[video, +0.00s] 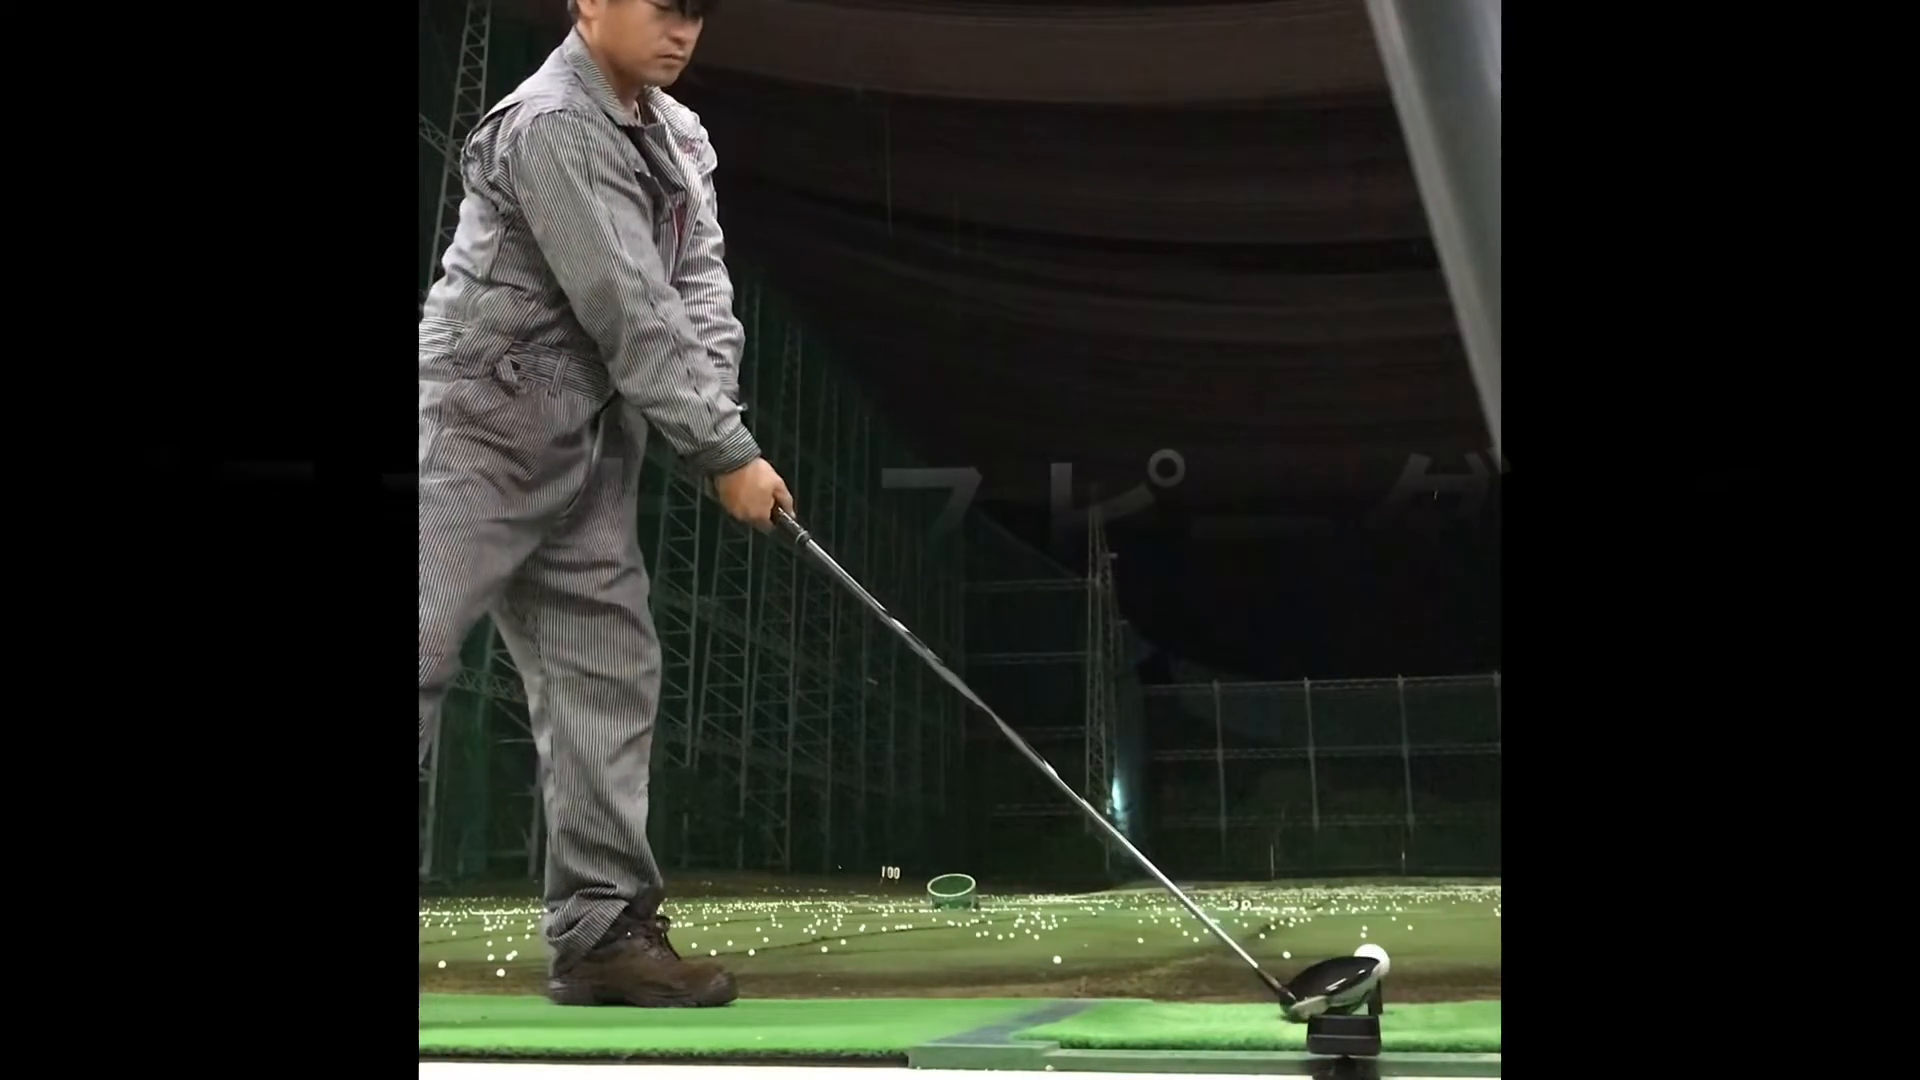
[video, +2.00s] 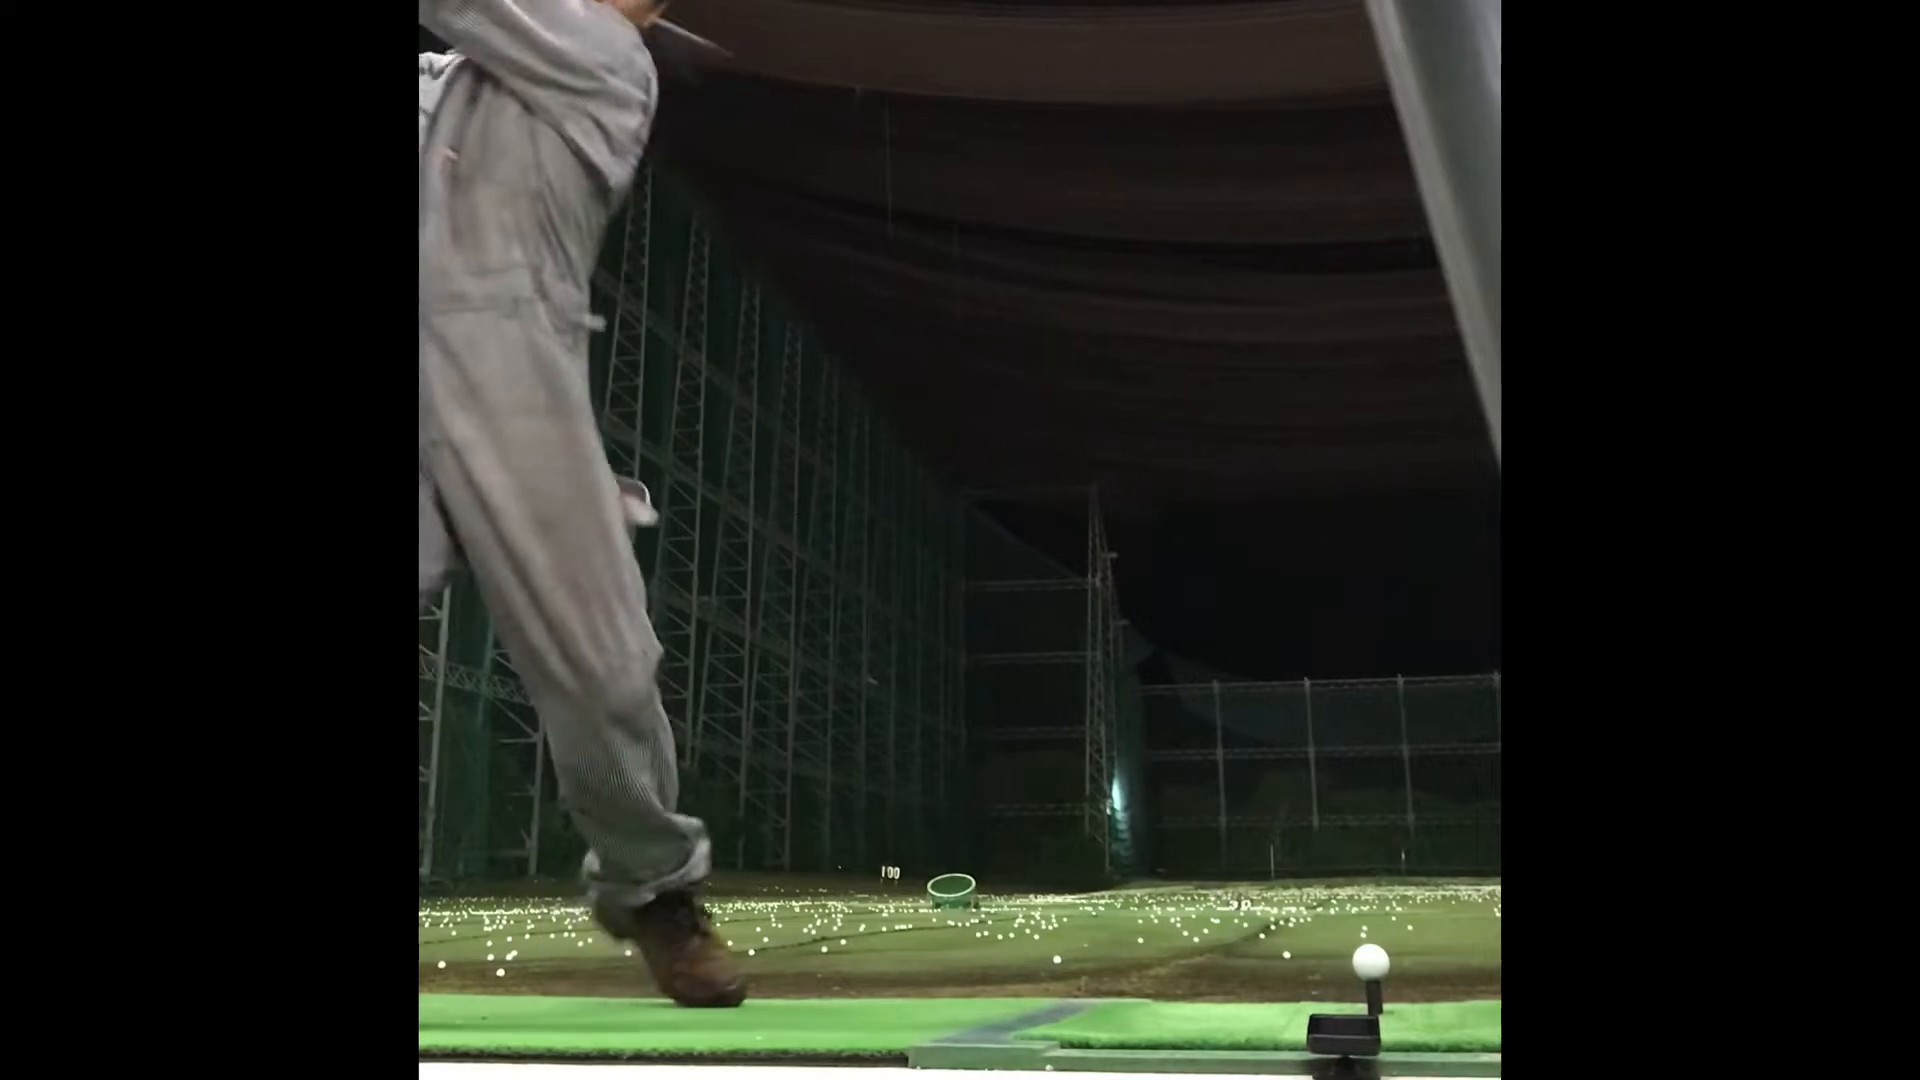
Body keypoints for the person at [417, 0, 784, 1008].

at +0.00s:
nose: (684, 27)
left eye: (693, 11)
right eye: (662, 8)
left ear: (695, 22)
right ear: (590, 10)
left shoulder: (681, 130)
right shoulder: (553, 125)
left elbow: (706, 287)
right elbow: (626, 309)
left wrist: (709, 417)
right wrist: (727, 453)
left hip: (583, 457)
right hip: (469, 442)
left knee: (606, 676)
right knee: (423, 664)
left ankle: (601, 935)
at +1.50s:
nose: (659, 28)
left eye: (672, 15)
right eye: (642, 4)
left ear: (674, 34)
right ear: (578, 3)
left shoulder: (675, 133)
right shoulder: (498, 111)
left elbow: (692, 264)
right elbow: (574, 277)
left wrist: (695, 385)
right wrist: (684, 405)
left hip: (602, 447)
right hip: (465, 433)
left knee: (621, 677)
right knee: (428, 679)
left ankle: (598, 936)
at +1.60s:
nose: (653, 30)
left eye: (670, 20)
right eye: (638, 5)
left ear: (673, 42)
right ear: (574, 2)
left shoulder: (682, 132)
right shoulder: (469, 105)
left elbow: (680, 240)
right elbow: (512, 236)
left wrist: (645, 335)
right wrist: (590, 342)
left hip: (604, 428)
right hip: (460, 421)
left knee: (629, 677)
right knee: (420, 656)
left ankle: (600, 935)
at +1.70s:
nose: (653, 33)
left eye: (672, 26)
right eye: (639, 7)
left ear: (676, 48)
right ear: (577, 2)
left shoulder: (685, 130)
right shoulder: (454, 95)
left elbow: (620, 194)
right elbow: (440, 178)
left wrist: (492, 228)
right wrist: (446, 225)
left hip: (591, 430)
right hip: (441, 413)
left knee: (634, 683)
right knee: (416, 640)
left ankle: (601, 936)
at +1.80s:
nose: (651, 30)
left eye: (672, 24)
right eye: (636, 5)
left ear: (678, 47)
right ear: (578, 4)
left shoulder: (677, 120)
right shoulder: (472, 84)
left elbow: (556, 108)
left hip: (572, 405)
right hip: (435, 386)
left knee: (624, 673)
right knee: (420, 620)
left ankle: (607, 930)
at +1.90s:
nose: (634, 24)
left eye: (647, 21)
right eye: (628, 7)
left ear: (656, 33)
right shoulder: (448, 77)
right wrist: (533, 31)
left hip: (533, 377)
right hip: (427, 378)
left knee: (610, 658)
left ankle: (622, 913)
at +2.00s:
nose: (621, 4)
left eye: (621, 2)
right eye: (626, 4)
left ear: (632, 13)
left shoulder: (606, 64)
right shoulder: (442, 72)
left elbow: (457, 3)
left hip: (506, 374)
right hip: (438, 382)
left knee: (603, 673)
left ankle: (652, 889)